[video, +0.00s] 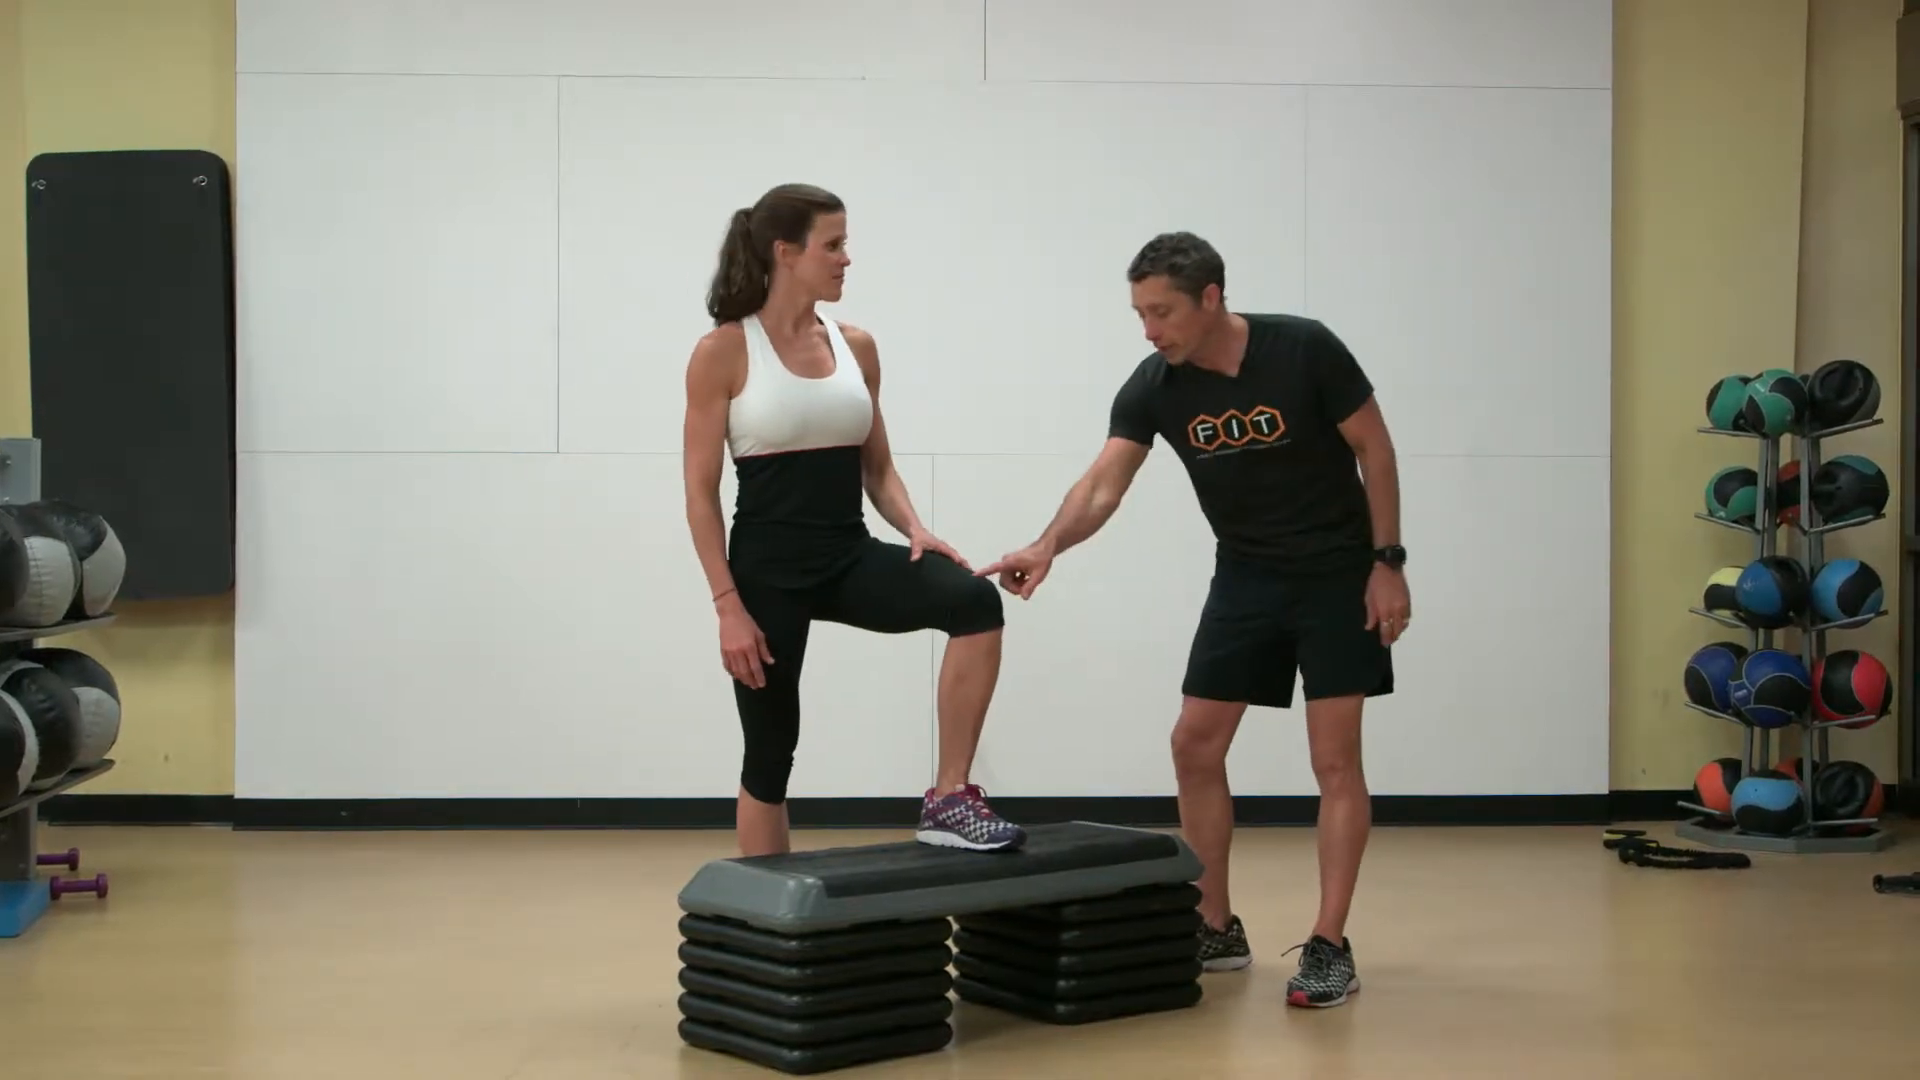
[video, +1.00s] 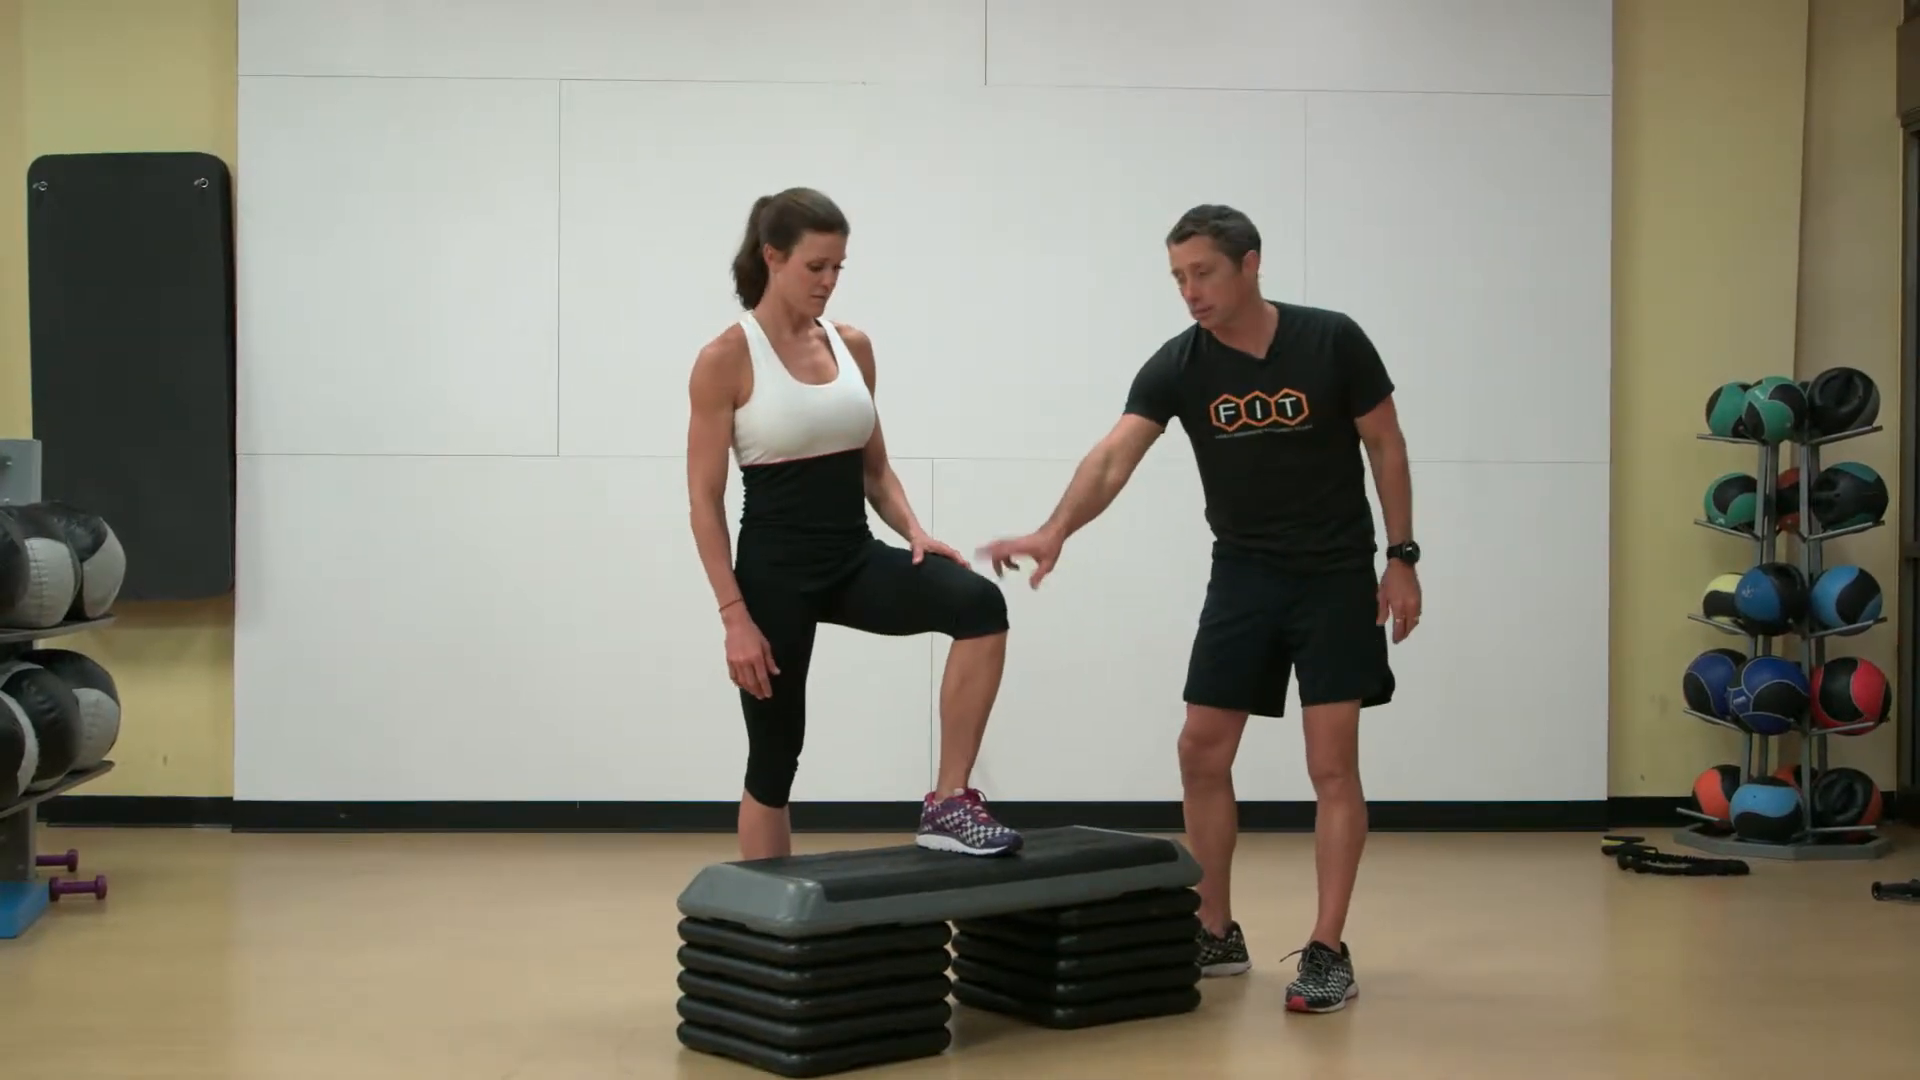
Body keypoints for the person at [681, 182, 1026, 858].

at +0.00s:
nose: (846, 257)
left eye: (846, 244)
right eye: (833, 245)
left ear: (800, 252)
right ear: (784, 252)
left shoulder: (855, 348)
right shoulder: (723, 353)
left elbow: (878, 467)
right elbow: (700, 493)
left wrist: (915, 529)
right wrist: (728, 607)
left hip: (847, 557)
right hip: (767, 566)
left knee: (975, 604)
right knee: (769, 760)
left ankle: (951, 797)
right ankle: (766, 930)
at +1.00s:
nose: (830, 281)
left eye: (837, 266)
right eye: (817, 266)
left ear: (842, 264)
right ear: (771, 258)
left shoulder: (851, 347)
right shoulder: (725, 361)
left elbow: (875, 468)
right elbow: (705, 502)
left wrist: (915, 531)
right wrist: (734, 616)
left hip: (852, 560)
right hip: (775, 571)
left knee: (980, 606)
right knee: (773, 764)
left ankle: (951, 800)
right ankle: (766, 933)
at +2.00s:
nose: (854, 283)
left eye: (862, 268)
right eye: (841, 266)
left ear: (869, 266)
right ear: (797, 254)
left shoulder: (869, 348)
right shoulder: (748, 352)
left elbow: (884, 473)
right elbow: (724, 493)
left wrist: (934, 540)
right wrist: (755, 608)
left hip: (861, 558)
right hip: (784, 568)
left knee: (986, 608)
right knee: (786, 760)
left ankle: (952, 801)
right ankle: (772, 932)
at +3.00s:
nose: (997, 127)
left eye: (1002, 113)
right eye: (981, 113)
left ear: (1004, 124)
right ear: (935, 120)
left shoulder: (1018, 233)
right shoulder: (889, 210)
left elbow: (1075, 349)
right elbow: (823, 329)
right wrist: (804, 452)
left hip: (962, 433)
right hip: (882, 428)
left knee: (1010, 611)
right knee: (995, 529)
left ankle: (960, 804)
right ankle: (882, 632)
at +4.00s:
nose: (948, 299)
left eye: (954, 284)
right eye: (932, 284)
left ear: (958, 290)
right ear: (888, 288)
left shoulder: (958, 390)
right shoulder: (840, 378)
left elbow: (935, 508)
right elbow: (811, 511)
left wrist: (932, 626)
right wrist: (891, 434)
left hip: (906, 582)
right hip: (828, 587)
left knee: (992, 637)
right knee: (823, 792)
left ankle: (917, 809)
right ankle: (794, 951)